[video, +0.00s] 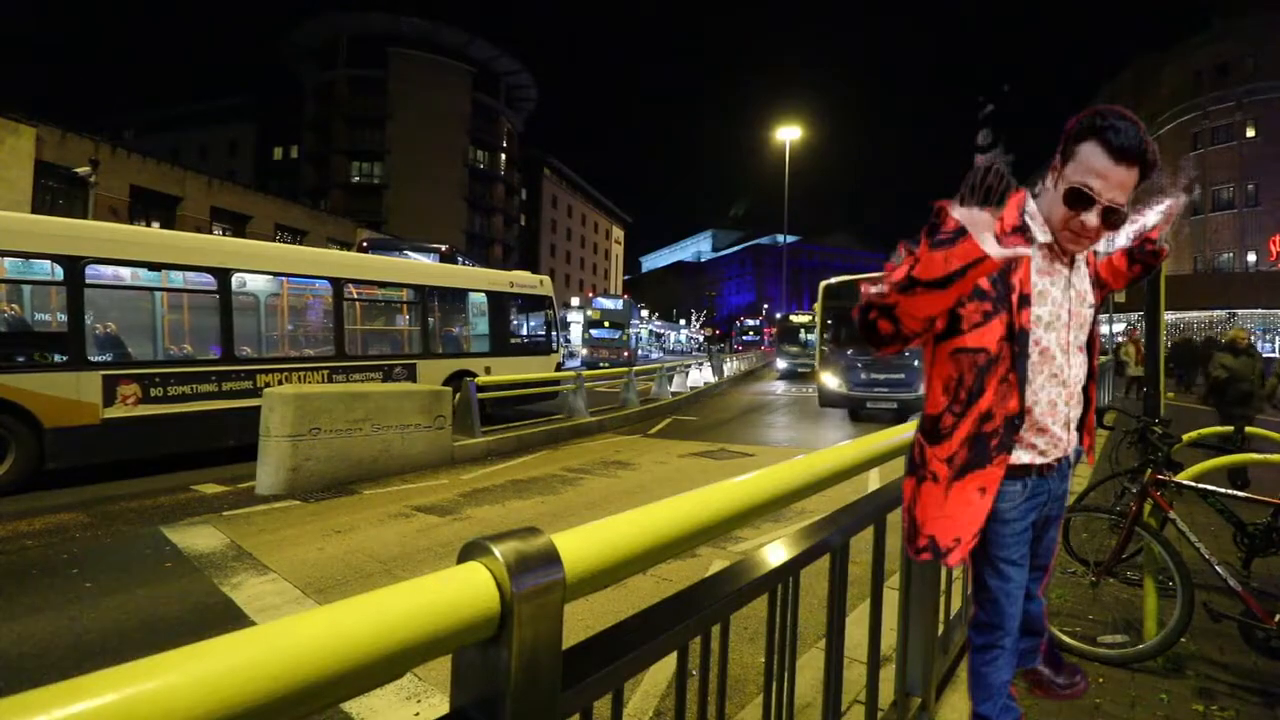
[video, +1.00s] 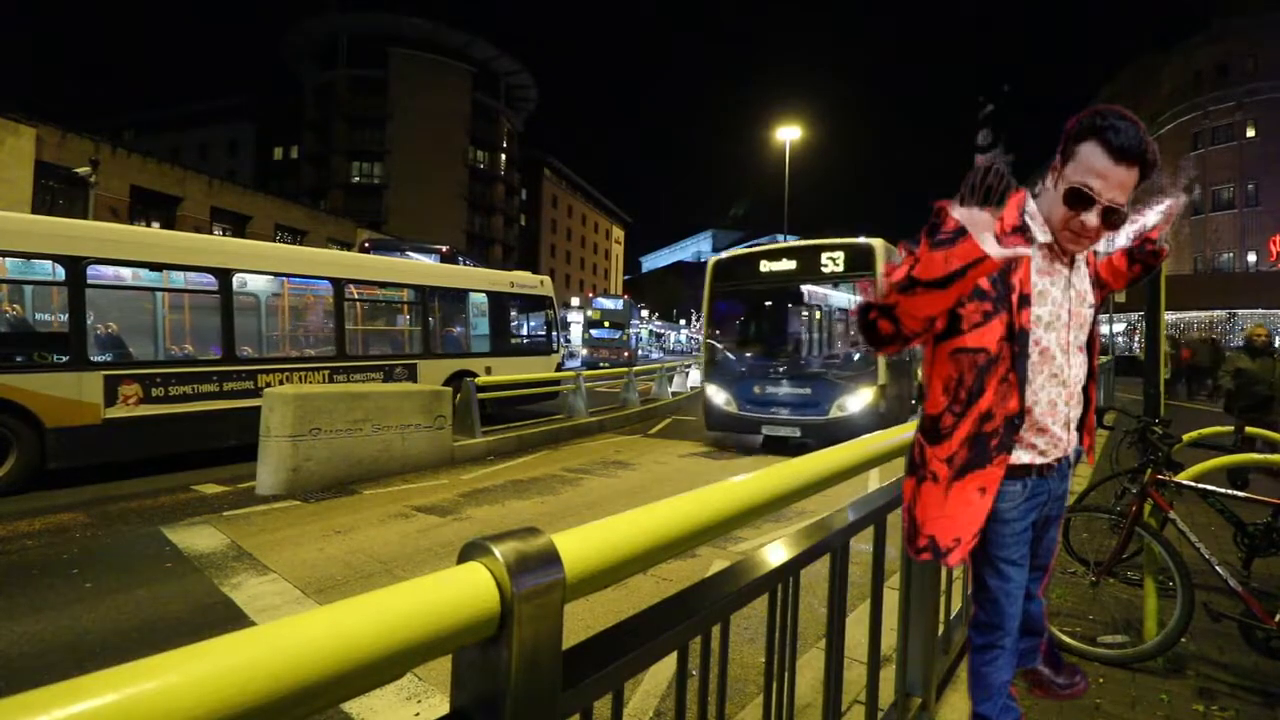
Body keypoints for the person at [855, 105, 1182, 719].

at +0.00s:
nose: (1090, 222)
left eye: (1110, 211)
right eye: (1080, 197)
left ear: (1123, 210)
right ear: (1052, 171)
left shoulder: (1084, 263)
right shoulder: (985, 242)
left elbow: (1115, 271)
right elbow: (879, 325)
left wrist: (1152, 239)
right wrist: (964, 248)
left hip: (1057, 466)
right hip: (999, 474)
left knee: (1035, 580)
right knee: (1000, 613)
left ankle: (1028, 659)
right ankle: (994, 710)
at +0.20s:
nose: (1090, 222)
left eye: (1110, 212)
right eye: (1080, 197)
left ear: (1123, 210)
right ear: (1052, 170)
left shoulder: (1084, 262)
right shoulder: (984, 242)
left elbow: (1113, 272)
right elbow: (879, 327)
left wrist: (1152, 239)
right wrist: (965, 247)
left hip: (1057, 466)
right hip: (999, 473)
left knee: (1034, 580)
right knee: (1000, 613)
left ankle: (1028, 659)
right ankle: (994, 710)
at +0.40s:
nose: (1090, 222)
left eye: (1110, 212)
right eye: (1080, 197)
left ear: (1123, 210)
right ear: (1052, 170)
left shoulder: (1084, 262)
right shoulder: (984, 241)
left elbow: (1114, 271)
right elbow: (883, 327)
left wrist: (1152, 239)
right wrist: (965, 246)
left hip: (1057, 466)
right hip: (999, 473)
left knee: (1035, 580)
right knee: (1000, 612)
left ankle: (1027, 659)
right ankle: (994, 710)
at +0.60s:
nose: (1089, 222)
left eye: (1110, 212)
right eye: (1080, 197)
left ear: (1123, 211)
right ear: (1052, 171)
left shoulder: (1084, 263)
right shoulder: (984, 241)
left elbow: (1114, 271)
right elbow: (883, 327)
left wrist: (1152, 239)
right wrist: (966, 246)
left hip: (1057, 466)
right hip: (999, 473)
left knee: (1035, 580)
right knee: (1000, 612)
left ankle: (1027, 658)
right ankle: (994, 709)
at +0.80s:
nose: (1089, 222)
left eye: (1109, 212)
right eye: (1079, 198)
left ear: (1123, 211)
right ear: (1052, 171)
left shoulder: (1085, 264)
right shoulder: (984, 243)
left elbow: (1116, 270)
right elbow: (882, 327)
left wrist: (1151, 240)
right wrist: (963, 246)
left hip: (1057, 467)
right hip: (1000, 474)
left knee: (1035, 581)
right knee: (1000, 611)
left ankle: (1028, 659)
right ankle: (994, 709)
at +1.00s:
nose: (1089, 222)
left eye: (1109, 212)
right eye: (1080, 197)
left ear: (1123, 211)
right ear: (1052, 171)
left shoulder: (1083, 263)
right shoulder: (982, 241)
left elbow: (1111, 274)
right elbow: (882, 328)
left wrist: (1150, 241)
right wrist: (963, 246)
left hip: (1057, 468)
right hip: (1000, 474)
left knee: (1034, 581)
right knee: (1000, 612)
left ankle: (1028, 659)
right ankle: (994, 709)